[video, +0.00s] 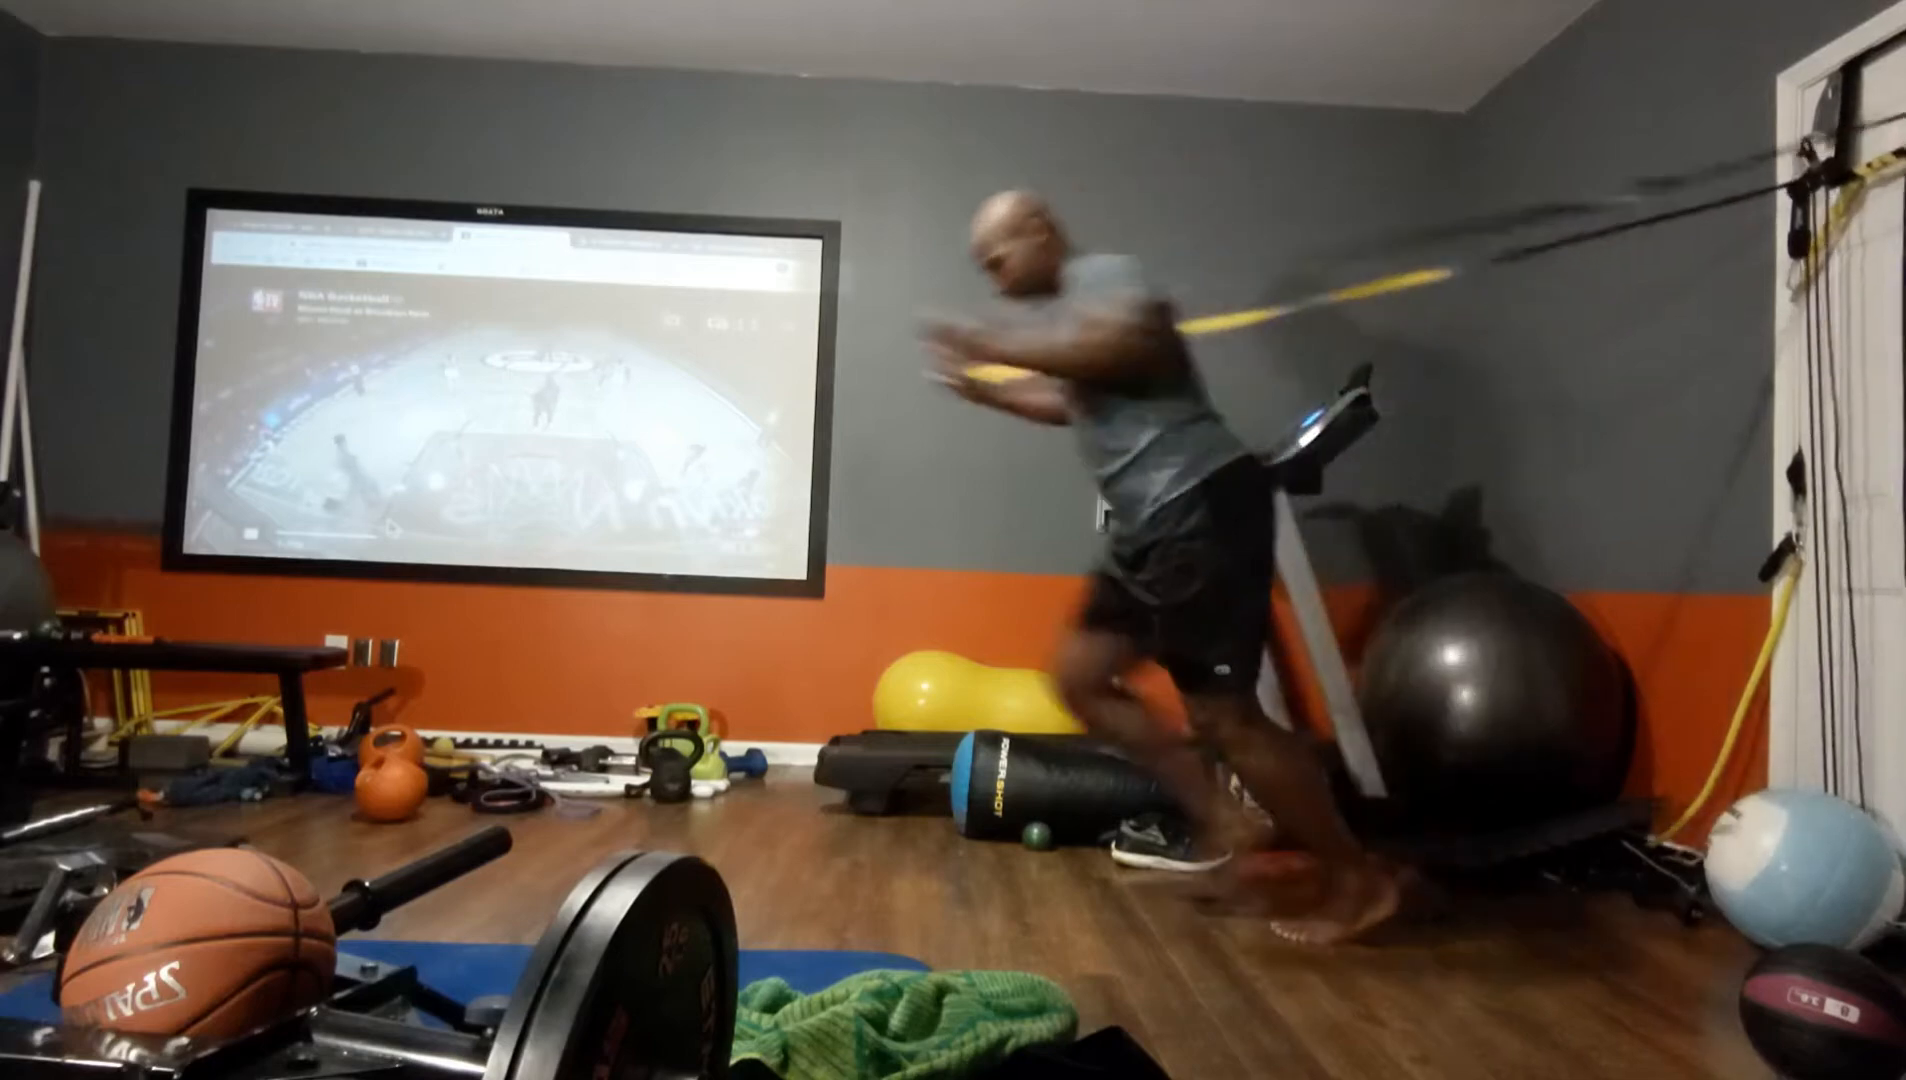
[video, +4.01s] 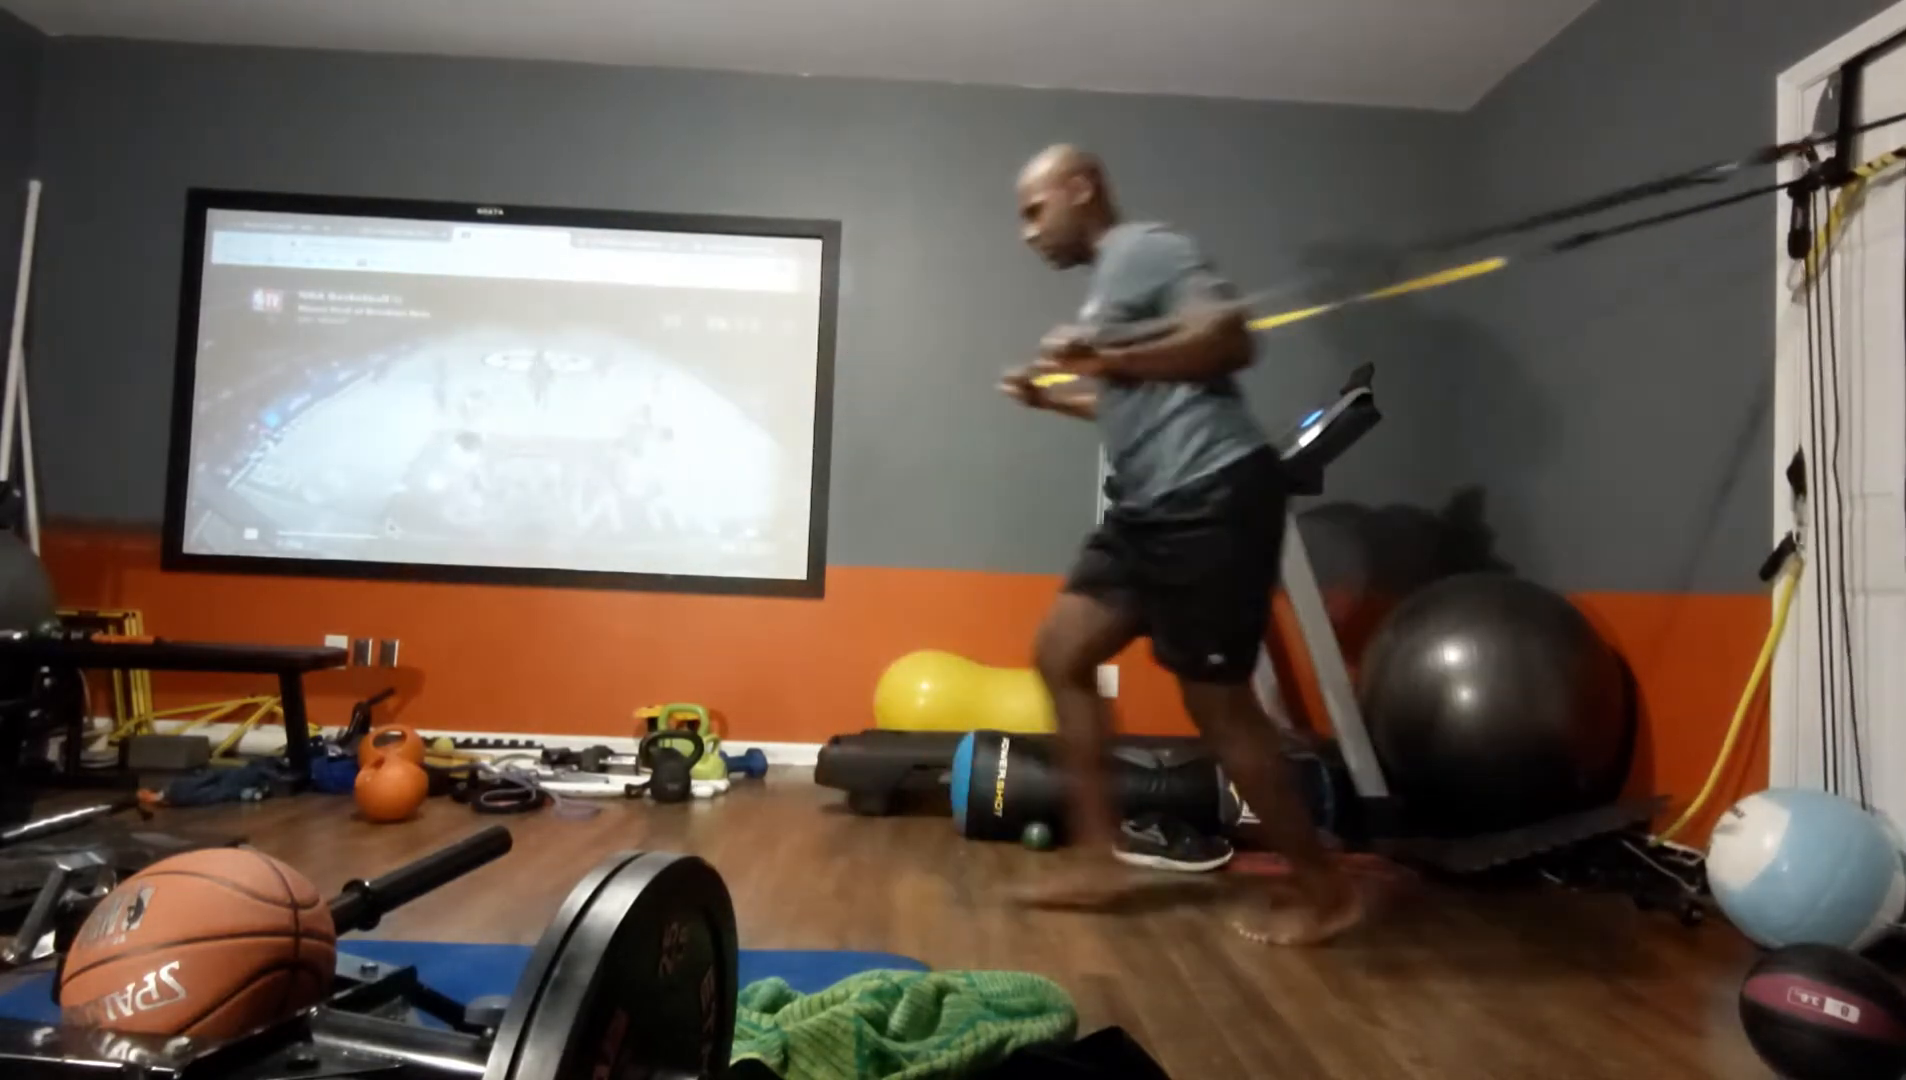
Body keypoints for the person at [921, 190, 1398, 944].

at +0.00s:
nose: (993, 271)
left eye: (1000, 251)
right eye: (984, 261)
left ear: (1045, 234)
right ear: (992, 267)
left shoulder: (1104, 275)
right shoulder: (1058, 326)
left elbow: (1124, 345)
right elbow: (1074, 405)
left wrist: (992, 344)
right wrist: (982, 386)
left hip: (1207, 497)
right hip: (1144, 522)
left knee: (1224, 718)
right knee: (1082, 678)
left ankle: (1356, 880)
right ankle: (1217, 830)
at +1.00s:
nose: (861, 303)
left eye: (870, 287)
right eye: (855, 293)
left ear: (915, 276)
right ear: (874, 301)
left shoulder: (971, 316)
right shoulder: (919, 368)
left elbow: (871, 330)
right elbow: (862, 386)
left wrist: (744, 300)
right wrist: (781, 341)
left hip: (1079, 537)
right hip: (1005, 554)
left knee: (1136, 748)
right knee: (891, 666)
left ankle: (1317, 863)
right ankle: (862, 871)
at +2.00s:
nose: (1162, 202)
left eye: (1174, 185)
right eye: (1162, 188)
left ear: (1226, 186)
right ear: (1204, 195)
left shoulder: (1281, 250)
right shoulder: (1219, 290)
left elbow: (1376, 342)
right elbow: (1255, 401)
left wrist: (1274, 373)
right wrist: (1173, 407)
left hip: (1324, 484)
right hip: (1291, 491)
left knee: (1266, 689)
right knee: (1330, 681)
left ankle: (1355, 891)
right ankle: (1441, 847)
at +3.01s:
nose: (723, 375)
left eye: (725, 353)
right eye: (716, 360)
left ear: (761, 329)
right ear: (760, 339)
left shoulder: (835, 350)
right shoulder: (822, 382)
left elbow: (698, 352)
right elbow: (702, 381)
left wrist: (564, 327)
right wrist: (588, 345)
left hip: (1013, 544)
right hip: (943, 559)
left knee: (1084, 742)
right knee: (838, 667)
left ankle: (1273, 861)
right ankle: (860, 871)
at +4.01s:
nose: (1028, 231)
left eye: (1035, 210)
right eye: (1022, 217)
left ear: (1084, 189)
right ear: (1074, 197)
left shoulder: (1147, 249)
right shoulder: (1103, 292)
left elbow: (1227, 338)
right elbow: (1135, 408)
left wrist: (1105, 355)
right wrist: (1058, 398)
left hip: (1219, 494)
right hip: (1152, 507)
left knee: (1221, 708)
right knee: (1062, 653)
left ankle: (1325, 886)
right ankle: (1099, 857)